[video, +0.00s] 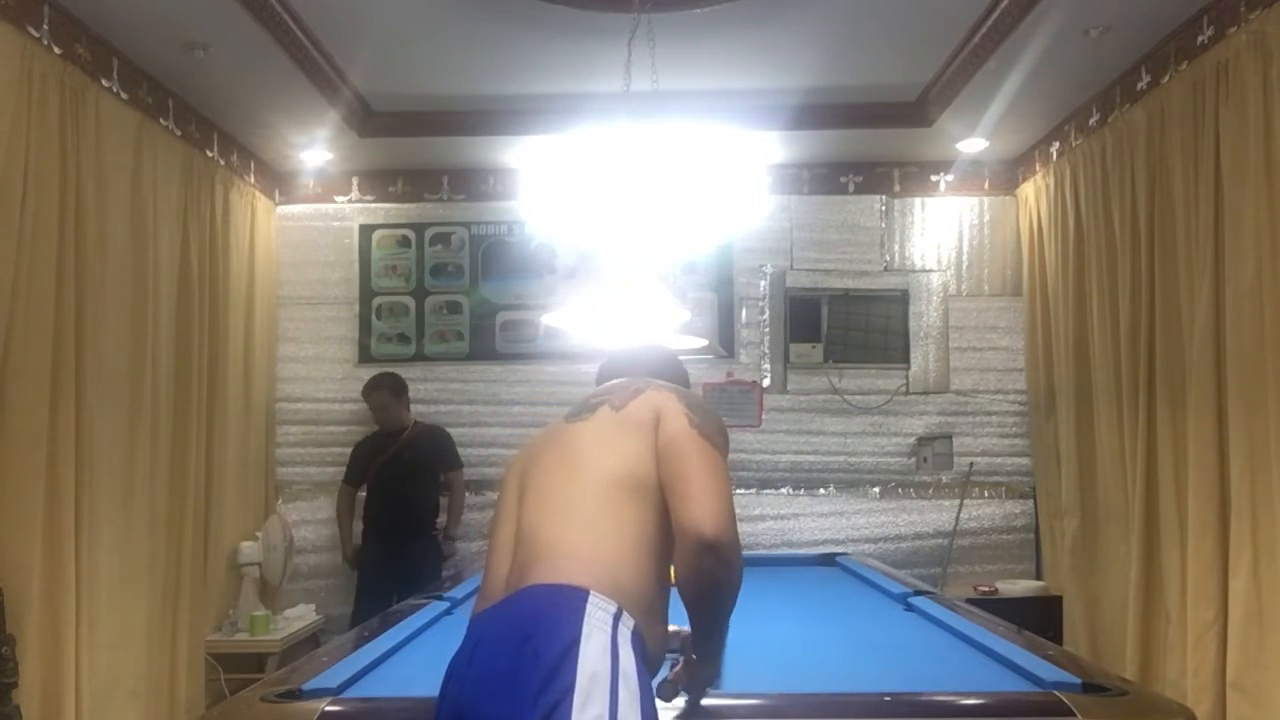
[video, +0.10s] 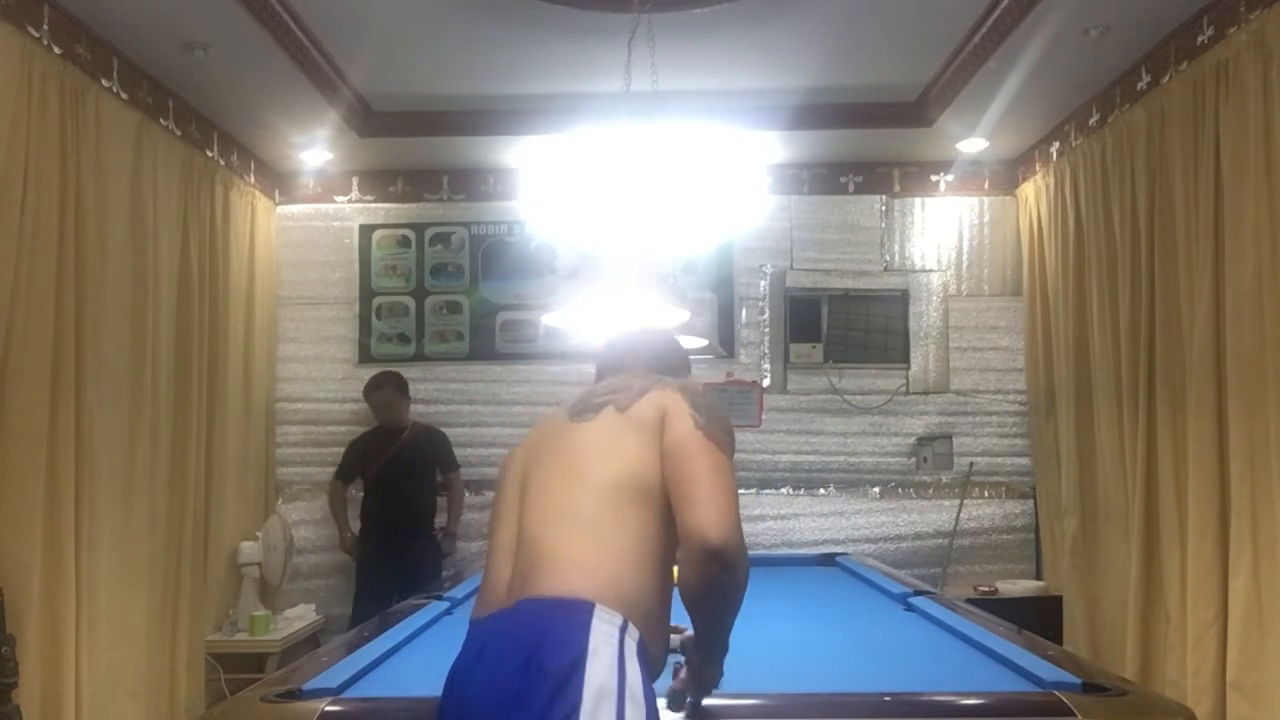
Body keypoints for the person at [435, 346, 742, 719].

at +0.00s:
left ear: (600, 388)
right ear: (677, 391)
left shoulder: (530, 449)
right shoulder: (669, 403)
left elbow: (494, 596)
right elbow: (709, 537)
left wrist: (642, 635)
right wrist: (705, 652)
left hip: (479, 647)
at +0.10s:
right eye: (689, 383)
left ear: (600, 376)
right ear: (677, 374)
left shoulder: (532, 438)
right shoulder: (673, 401)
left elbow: (496, 595)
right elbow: (714, 542)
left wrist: (636, 632)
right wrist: (707, 652)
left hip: (483, 645)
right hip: (584, 650)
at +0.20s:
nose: (689, 381)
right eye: (686, 373)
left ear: (592, 370)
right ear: (675, 367)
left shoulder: (522, 433)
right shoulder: (670, 406)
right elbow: (722, 549)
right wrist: (710, 654)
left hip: (483, 662)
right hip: (591, 664)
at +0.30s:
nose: (684, 373)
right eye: (685, 365)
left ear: (581, 358)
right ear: (676, 355)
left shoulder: (515, 426)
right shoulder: (671, 402)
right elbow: (729, 553)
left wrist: (644, 639)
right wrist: (711, 662)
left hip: (476, 685)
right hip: (593, 689)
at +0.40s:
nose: (678, 356)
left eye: (681, 341)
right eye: (680, 339)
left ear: (581, 335)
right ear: (669, 336)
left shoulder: (502, 417)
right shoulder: (670, 397)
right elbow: (733, 556)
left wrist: (648, 646)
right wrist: (733, 702)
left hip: (470, 695)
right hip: (594, 698)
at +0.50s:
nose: (675, 357)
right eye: (679, 345)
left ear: (576, 329)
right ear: (673, 334)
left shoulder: (494, 409)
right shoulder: (669, 395)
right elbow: (738, 562)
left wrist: (654, 674)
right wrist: (753, 711)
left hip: (464, 696)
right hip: (594, 698)